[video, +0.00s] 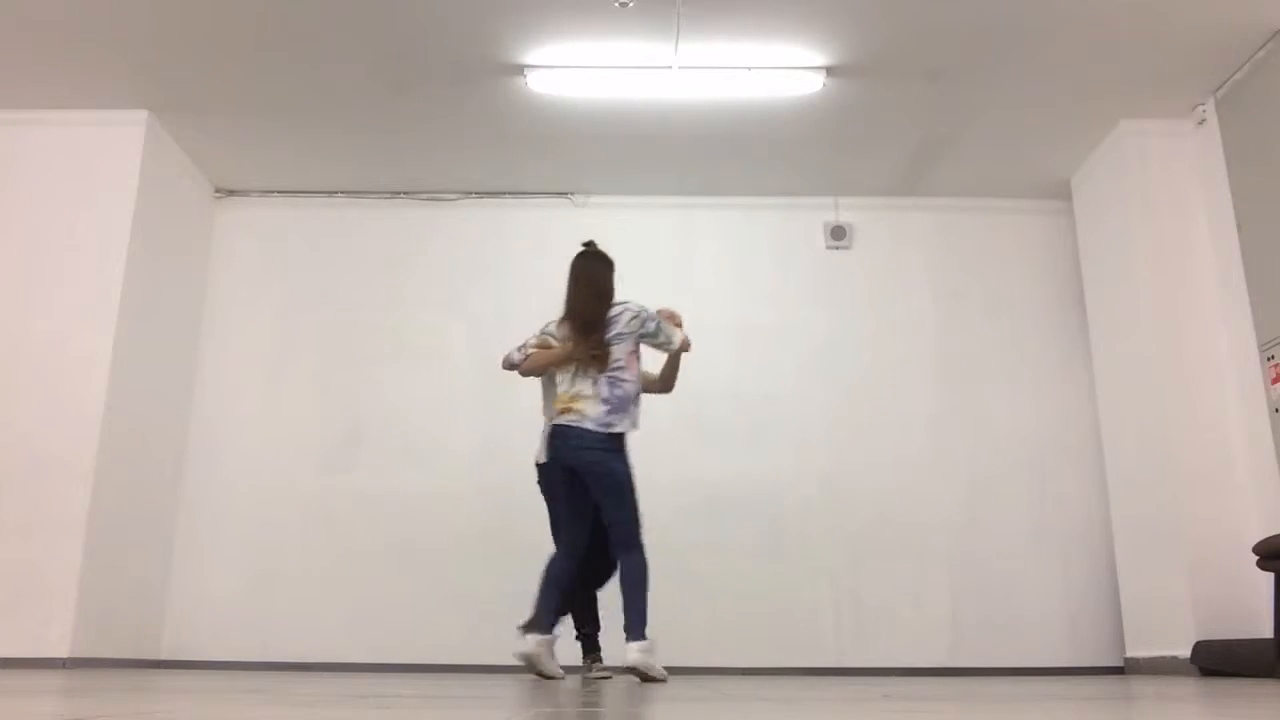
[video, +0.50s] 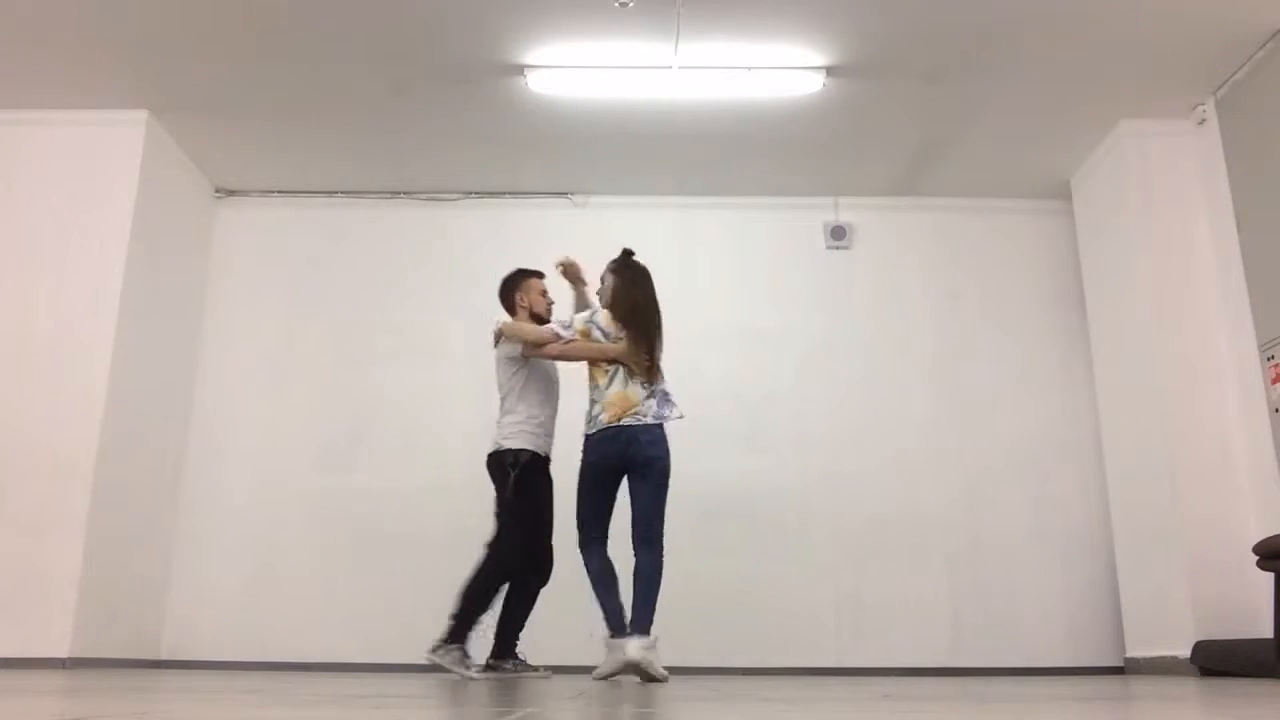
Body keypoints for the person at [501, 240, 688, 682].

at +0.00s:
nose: (610, 284)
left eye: (596, 276)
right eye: (609, 277)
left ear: (572, 282)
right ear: (611, 280)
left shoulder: (560, 327)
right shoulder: (628, 316)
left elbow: (513, 360)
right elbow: (676, 342)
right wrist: (671, 320)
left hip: (559, 446)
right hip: (602, 446)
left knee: (571, 546)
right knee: (629, 546)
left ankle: (538, 637)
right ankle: (638, 643)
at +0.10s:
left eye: (586, 279)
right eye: (616, 276)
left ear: (581, 282)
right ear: (620, 280)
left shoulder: (566, 324)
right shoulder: (638, 317)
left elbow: (514, 359)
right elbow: (685, 335)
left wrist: (548, 349)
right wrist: (671, 311)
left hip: (585, 436)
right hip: (629, 433)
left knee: (581, 540)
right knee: (645, 542)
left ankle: (570, 641)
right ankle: (638, 648)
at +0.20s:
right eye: (626, 276)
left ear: (588, 283)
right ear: (628, 281)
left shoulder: (574, 323)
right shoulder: (647, 316)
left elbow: (517, 354)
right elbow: (682, 332)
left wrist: (528, 344)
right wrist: (660, 304)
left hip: (598, 431)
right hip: (645, 428)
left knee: (611, 541)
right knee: (649, 542)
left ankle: (582, 644)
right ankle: (639, 649)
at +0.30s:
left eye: (583, 287)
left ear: (594, 284)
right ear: (634, 284)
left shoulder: (578, 325)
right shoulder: (646, 319)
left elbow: (523, 354)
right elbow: (673, 332)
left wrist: (504, 340)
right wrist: (640, 307)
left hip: (605, 434)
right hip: (652, 429)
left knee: (619, 542)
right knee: (652, 543)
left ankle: (585, 643)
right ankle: (639, 651)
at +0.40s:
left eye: (601, 281)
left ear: (603, 291)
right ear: (643, 287)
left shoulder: (585, 326)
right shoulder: (656, 325)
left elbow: (525, 343)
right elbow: (636, 307)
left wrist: (500, 333)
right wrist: (604, 284)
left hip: (608, 437)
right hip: (657, 432)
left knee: (601, 541)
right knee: (650, 543)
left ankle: (593, 638)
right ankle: (639, 649)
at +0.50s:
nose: (599, 289)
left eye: (604, 284)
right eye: (601, 282)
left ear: (615, 289)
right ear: (643, 292)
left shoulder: (597, 323)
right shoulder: (648, 329)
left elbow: (542, 339)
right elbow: (595, 315)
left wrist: (504, 328)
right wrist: (578, 283)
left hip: (605, 439)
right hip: (651, 437)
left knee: (593, 542)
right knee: (648, 543)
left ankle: (619, 638)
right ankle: (640, 641)